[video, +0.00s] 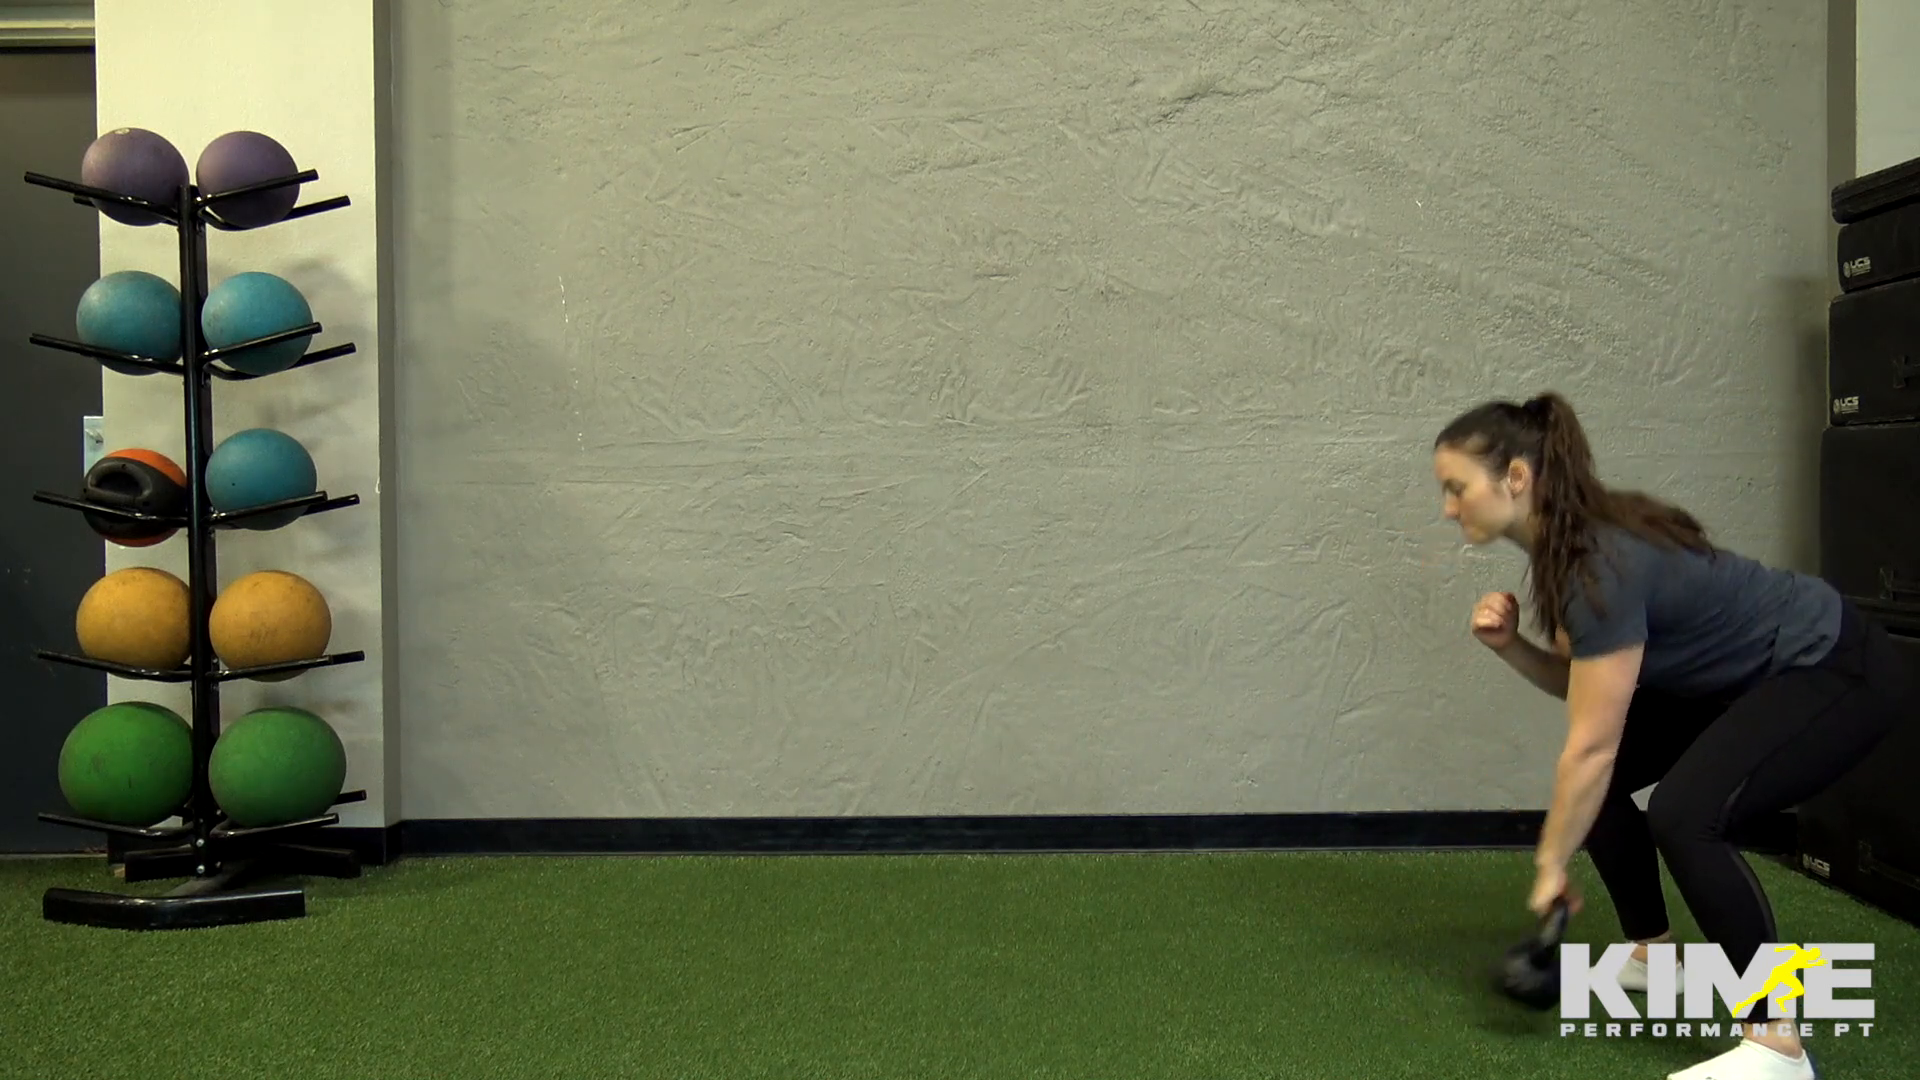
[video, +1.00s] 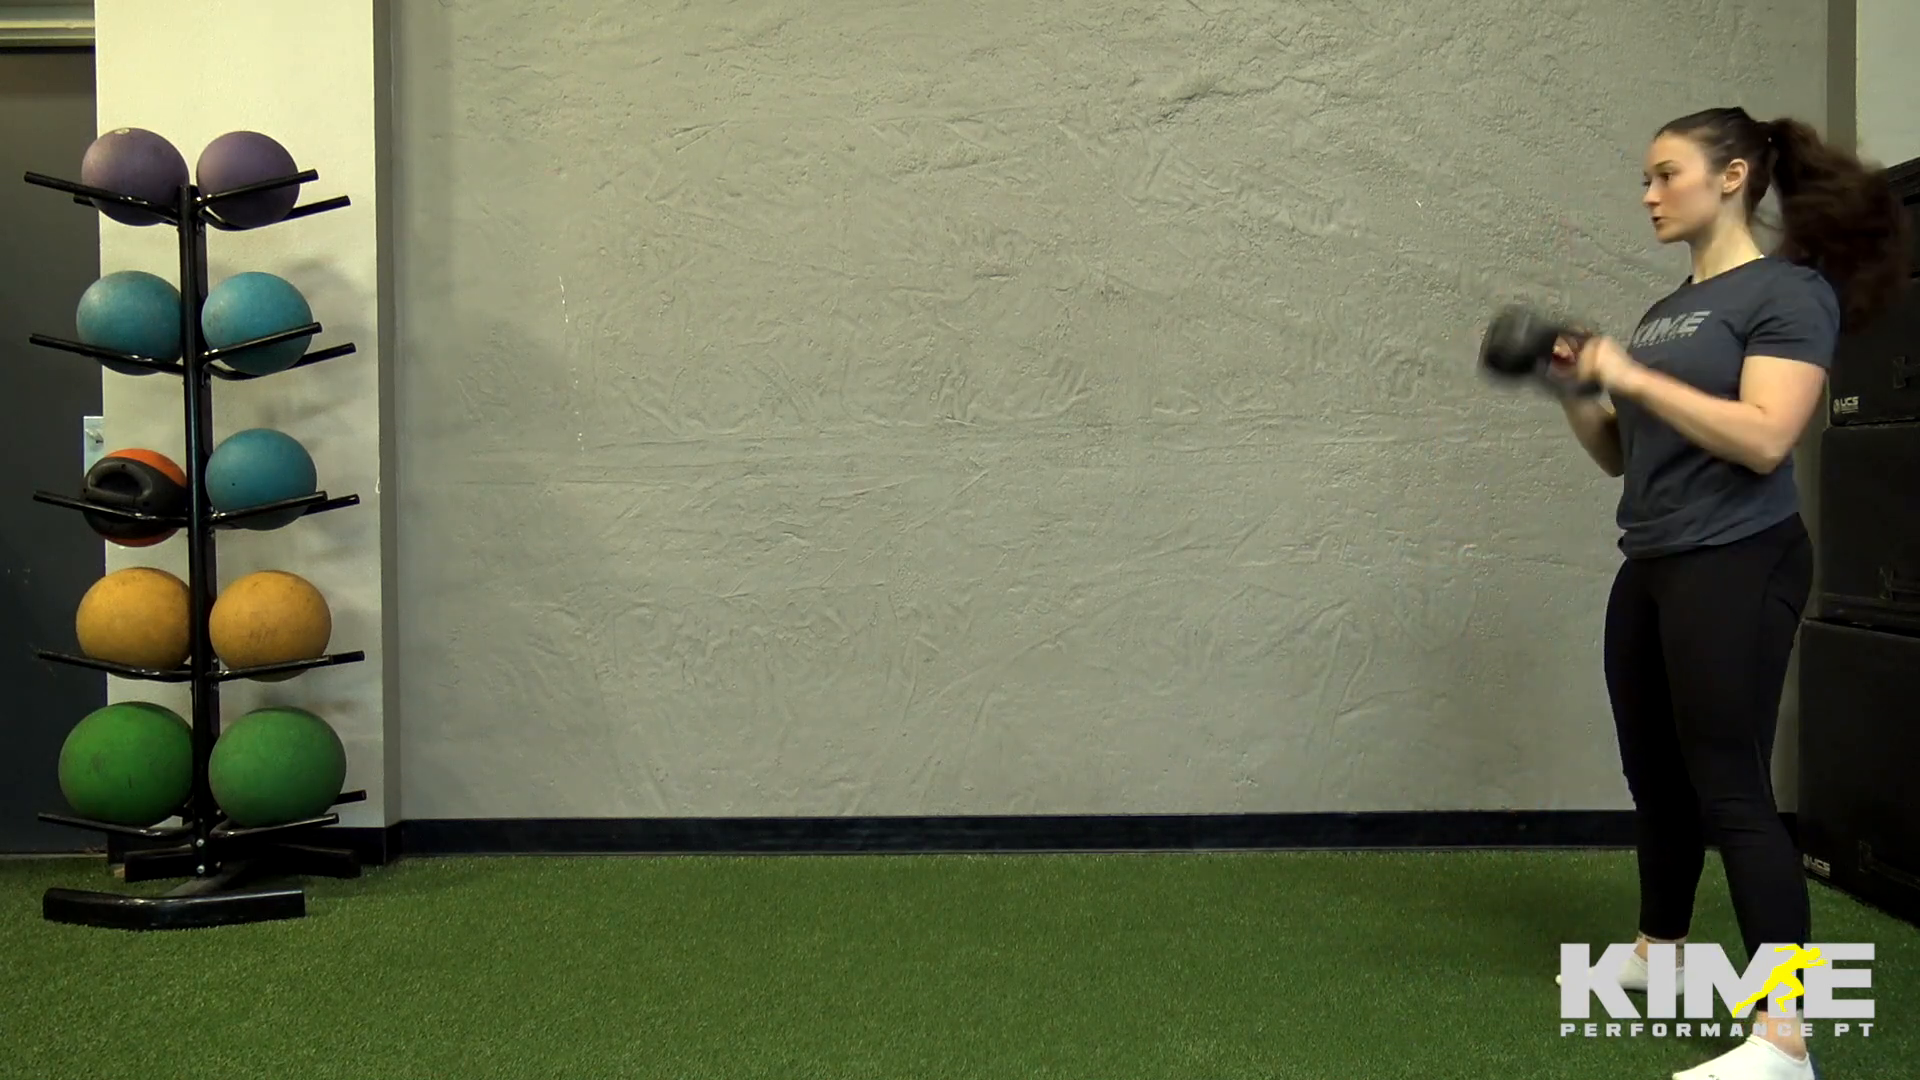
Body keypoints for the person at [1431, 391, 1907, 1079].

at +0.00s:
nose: (1448, 509)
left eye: (1455, 489)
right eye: (1445, 493)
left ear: (1516, 479)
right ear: (1516, 480)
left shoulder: (1603, 561)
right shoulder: (1572, 547)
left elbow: (1593, 747)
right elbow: (1584, 690)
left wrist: (1552, 861)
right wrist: (1512, 647)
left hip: (1833, 667)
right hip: (1758, 667)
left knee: (1685, 817)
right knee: (1592, 779)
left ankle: (1777, 1038)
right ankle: (1656, 956)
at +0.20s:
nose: (1445, 399)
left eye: (1459, 380)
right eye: (1446, 382)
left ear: (1520, 382)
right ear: (1517, 386)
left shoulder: (1595, 479)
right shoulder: (1550, 476)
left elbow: (1652, 654)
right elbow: (1577, 605)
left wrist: (1685, 777)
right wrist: (1507, 569)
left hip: (1811, 623)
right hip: (1726, 627)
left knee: (1695, 810)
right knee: (1595, 771)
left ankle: (1781, 1037)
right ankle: (1657, 962)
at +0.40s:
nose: (1450, 388)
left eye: (1465, 372)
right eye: (1453, 372)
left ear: (1527, 384)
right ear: (1522, 387)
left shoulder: (1585, 493)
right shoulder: (1551, 483)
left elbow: (1687, 637)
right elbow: (1565, 601)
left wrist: (1749, 731)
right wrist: (1495, 574)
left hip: (1806, 628)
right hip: (1734, 629)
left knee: (1693, 818)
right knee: (1585, 775)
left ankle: (1782, 1037)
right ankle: (1655, 960)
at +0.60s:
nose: (1480, 353)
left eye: (1498, 338)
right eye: (1486, 337)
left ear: (1559, 354)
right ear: (1551, 357)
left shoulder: (1601, 461)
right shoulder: (1564, 451)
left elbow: (1681, 621)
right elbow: (1589, 571)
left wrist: (1739, 733)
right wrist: (1510, 551)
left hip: (1800, 630)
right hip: (1726, 631)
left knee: (1691, 817)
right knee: (1583, 777)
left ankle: (1782, 1037)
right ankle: (1657, 960)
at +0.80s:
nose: (1593, 215)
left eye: (1609, 196)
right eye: (1592, 200)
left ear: (1677, 195)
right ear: (1662, 203)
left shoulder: (1727, 299)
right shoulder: (1649, 305)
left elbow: (1723, 458)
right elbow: (1612, 464)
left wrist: (1622, 563)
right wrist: (1554, 410)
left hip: (1764, 556)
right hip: (1681, 562)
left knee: (1724, 773)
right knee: (1624, 760)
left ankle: (1782, 1030)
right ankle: (1658, 960)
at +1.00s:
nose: (1649, 197)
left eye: (1666, 176)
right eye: (1648, 180)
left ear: (1734, 177)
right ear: (1709, 184)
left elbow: (1766, 437)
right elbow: (1625, 456)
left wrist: (1627, 372)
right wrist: (1579, 395)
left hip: (1739, 564)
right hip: (1650, 569)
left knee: (1733, 789)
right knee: (1658, 784)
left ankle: (1787, 1029)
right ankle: (1655, 968)